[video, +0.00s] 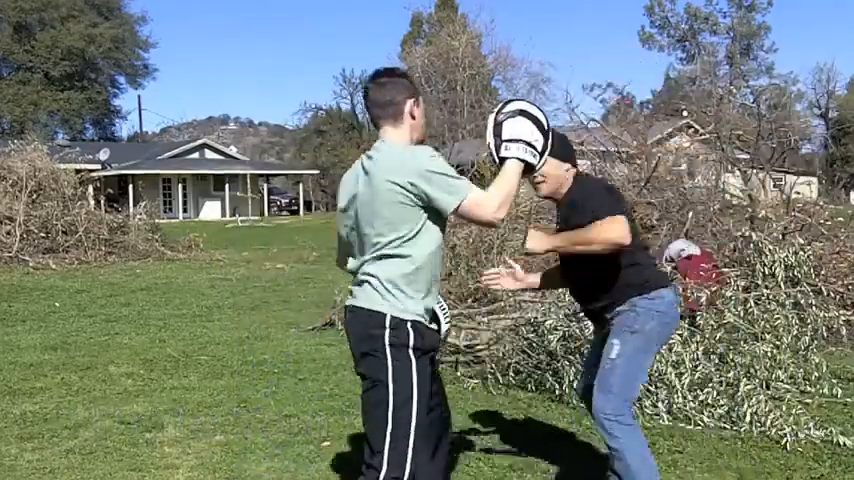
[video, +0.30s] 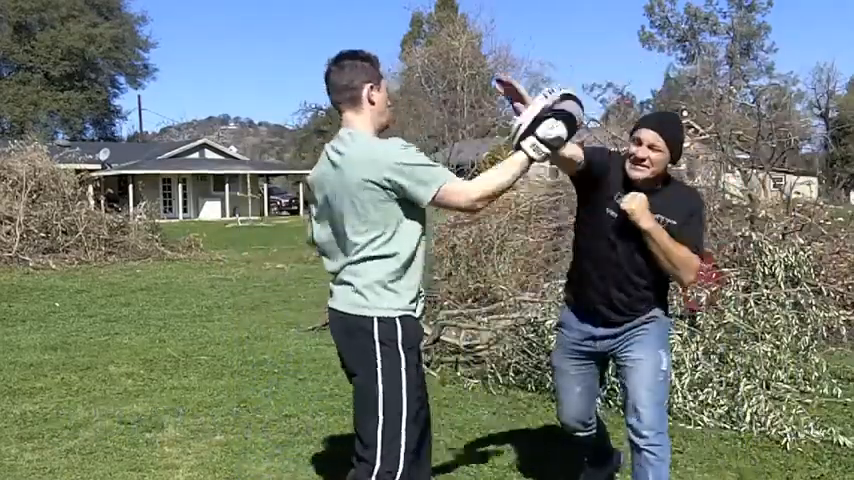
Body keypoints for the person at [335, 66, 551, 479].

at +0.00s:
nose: (424, 113)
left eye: (420, 105)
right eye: (422, 105)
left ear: (372, 116)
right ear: (413, 109)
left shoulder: (354, 175)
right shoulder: (415, 161)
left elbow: (347, 254)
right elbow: (493, 210)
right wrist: (518, 153)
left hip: (373, 314)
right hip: (397, 321)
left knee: (432, 435)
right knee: (397, 454)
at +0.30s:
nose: (390, 97)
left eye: (386, 88)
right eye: (385, 88)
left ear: (338, 100)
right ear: (371, 93)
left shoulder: (324, 166)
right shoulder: (387, 154)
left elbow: (323, 239)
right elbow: (471, 197)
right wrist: (530, 149)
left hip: (354, 314)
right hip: (384, 320)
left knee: (411, 446)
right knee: (387, 457)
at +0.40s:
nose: (390, 96)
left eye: (385, 87)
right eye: (385, 88)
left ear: (343, 105)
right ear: (370, 97)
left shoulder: (333, 162)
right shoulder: (376, 167)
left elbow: (335, 249)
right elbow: (438, 240)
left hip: (361, 317)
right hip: (375, 323)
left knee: (417, 427)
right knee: (380, 455)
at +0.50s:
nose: (411, 101)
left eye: (407, 91)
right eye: (405, 92)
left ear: (372, 106)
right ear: (386, 103)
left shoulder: (357, 157)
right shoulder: (374, 172)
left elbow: (346, 246)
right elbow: (386, 270)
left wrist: (404, 295)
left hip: (376, 316)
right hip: (359, 320)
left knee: (416, 427)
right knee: (375, 452)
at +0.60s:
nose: (425, 110)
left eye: (422, 101)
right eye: (419, 101)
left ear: (390, 111)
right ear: (400, 109)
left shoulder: (370, 162)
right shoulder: (384, 174)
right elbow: (377, 261)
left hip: (367, 315)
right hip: (357, 321)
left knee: (409, 433)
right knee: (370, 453)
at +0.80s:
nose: (436, 127)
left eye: (434, 119)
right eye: (433, 119)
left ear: (387, 129)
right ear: (421, 121)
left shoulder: (354, 182)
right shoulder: (419, 162)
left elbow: (313, 236)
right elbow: (452, 181)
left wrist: (352, 278)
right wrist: (506, 168)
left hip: (348, 307)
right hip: (385, 309)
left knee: (404, 430)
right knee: (376, 442)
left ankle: (410, 472)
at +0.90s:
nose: (436, 135)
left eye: (433, 128)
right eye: (433, 128)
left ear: (387, 136)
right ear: (423, 131)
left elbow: (314, 245)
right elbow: (526, 168)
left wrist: (356, 285)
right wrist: (594, 147)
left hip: (343, 304)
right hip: (389, 304)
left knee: (398, 420)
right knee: (367, 432)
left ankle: (409, 475)